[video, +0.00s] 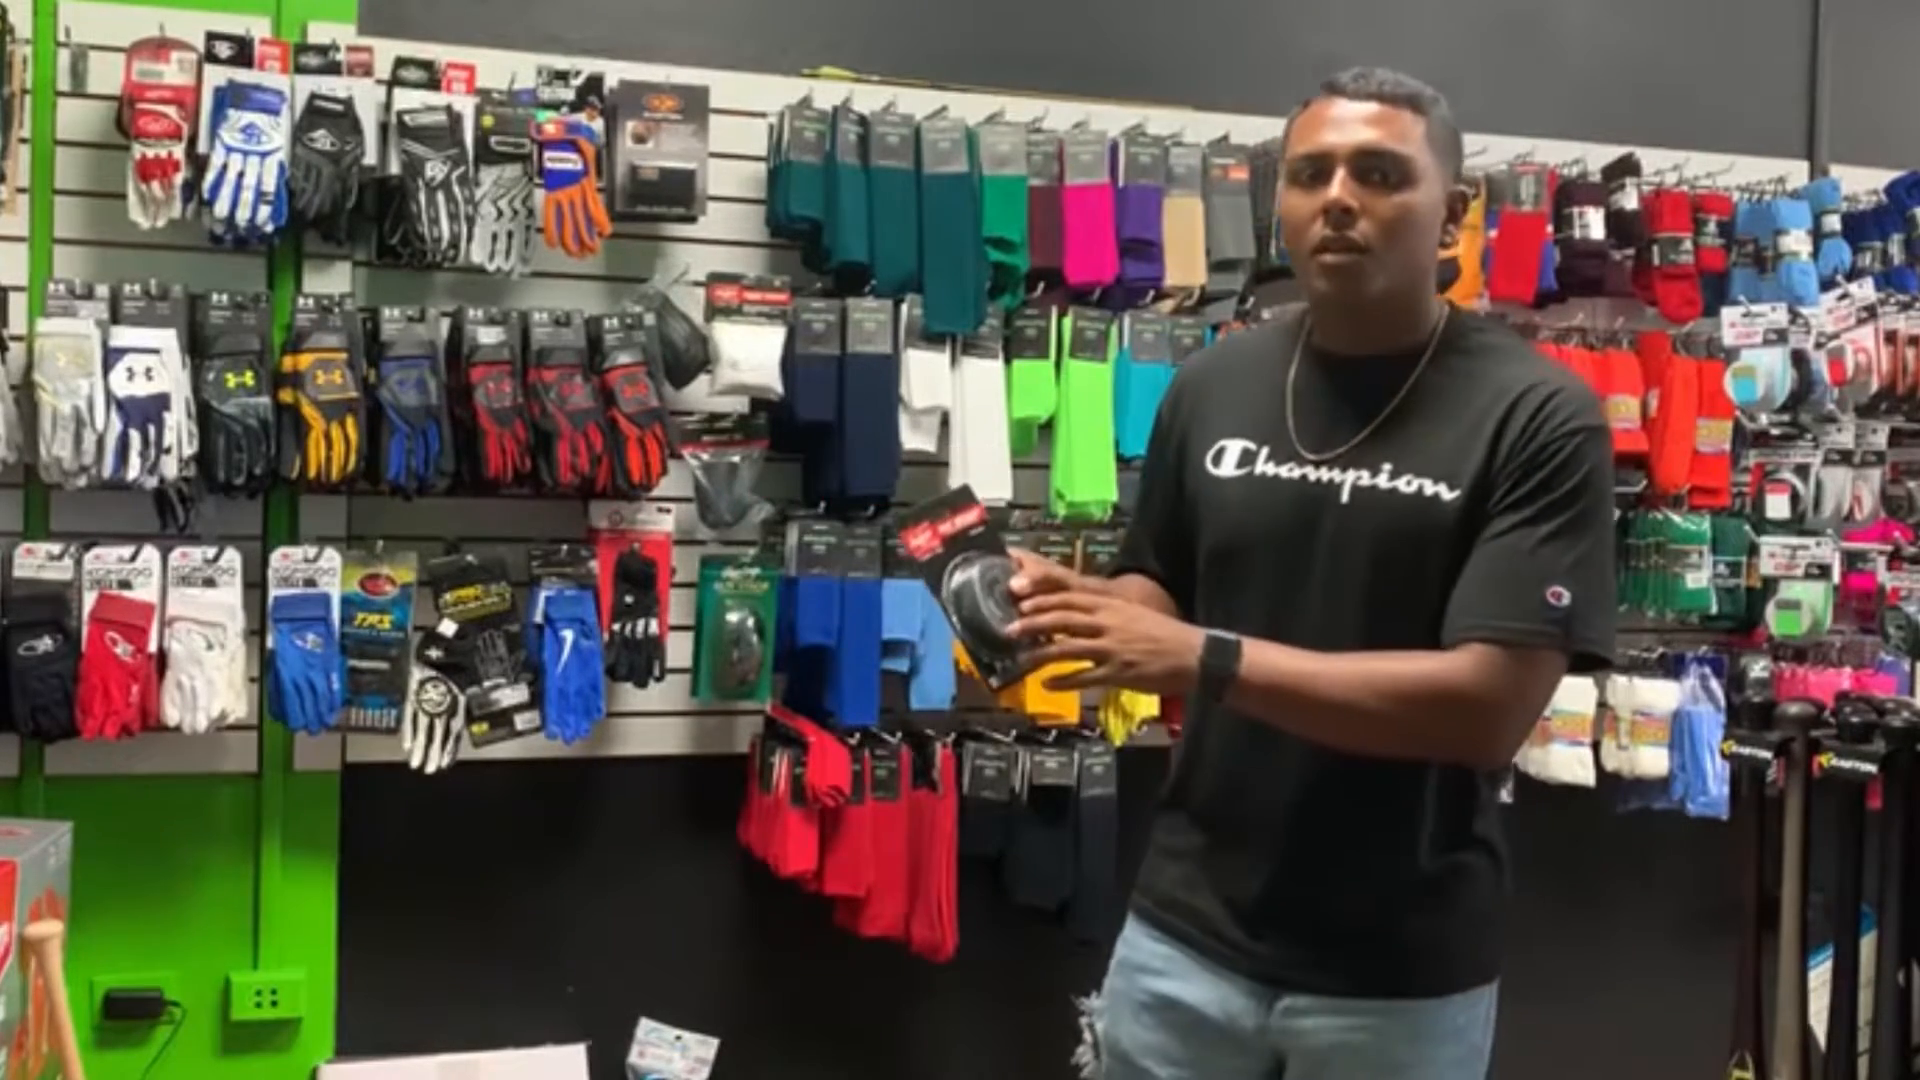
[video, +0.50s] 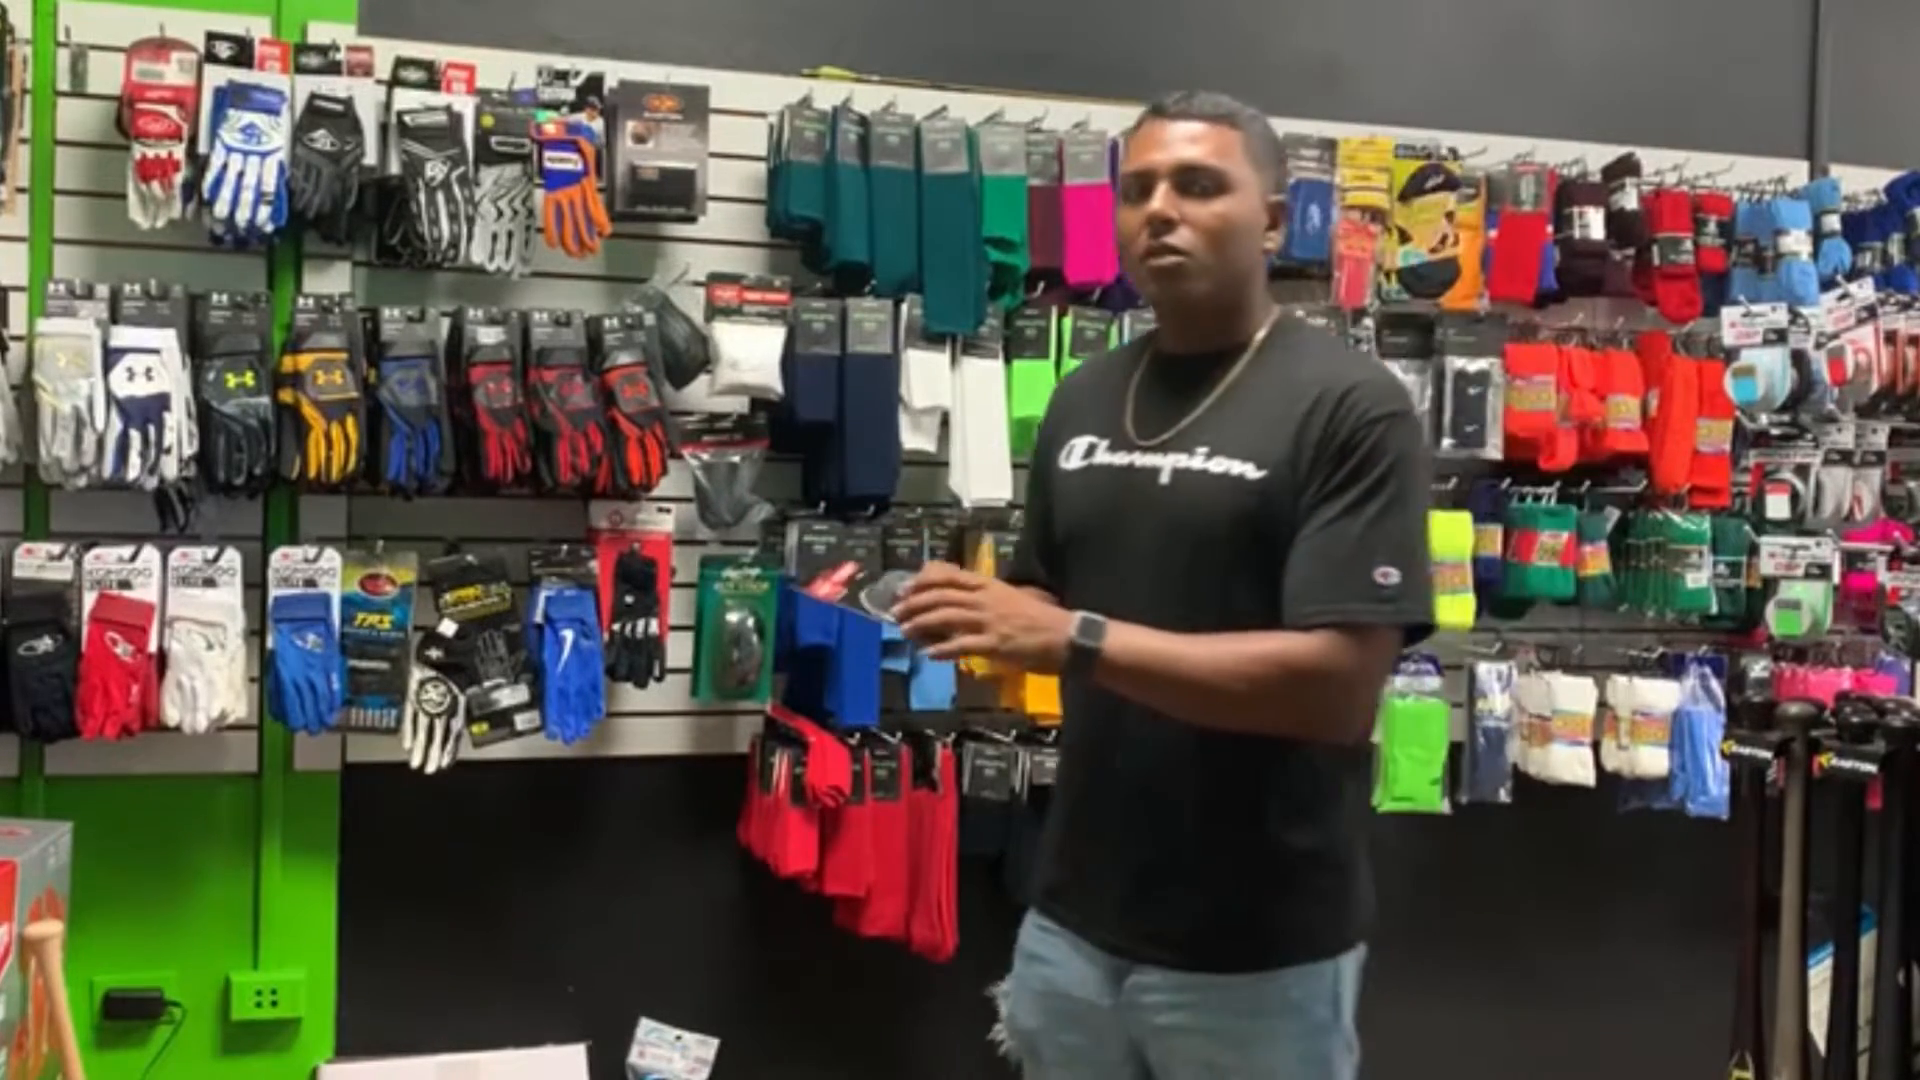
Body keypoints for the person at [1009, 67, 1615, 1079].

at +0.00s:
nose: (1337, 199)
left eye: (1380, 172)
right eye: (1310, 173)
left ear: (1451, 213)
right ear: (1277, 206)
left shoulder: (1539, 416)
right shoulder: (1211, 386)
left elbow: (1490, 710)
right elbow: (1156, 599)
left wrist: (1197, 655)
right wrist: (1074, 609)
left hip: (1404, 972)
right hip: (1188, 939)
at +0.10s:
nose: (1312, 200)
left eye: (1355, 172)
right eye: (1284, 174)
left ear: (1429, 209)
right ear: (1255, 209)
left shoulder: (1519, 413)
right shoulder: (1198, 386)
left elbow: (1480, 709)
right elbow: (1143, 605)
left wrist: (1190, 657)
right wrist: (1070, 614)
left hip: (1390, 963)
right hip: (1181, 934)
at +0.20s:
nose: (1286, 200)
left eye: (1327, 172)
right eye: (1258, 174)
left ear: (1399, 203)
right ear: (1233, 205)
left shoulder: (1490, 408)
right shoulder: (1176, 390)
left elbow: (1460, 704)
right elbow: (1132, 605)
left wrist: (1174, 656)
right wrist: (1056, 619)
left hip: (1370, 963)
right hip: (1164, 932)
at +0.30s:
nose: (1250, 202)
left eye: (1291, 175)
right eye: (1225, 178)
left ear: (1366, 209)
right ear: (1204, 208)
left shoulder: (1453, 400)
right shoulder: (1158, 381)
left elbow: (1431, 694)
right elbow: (1112, 604)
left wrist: (1150, 648)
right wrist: (1033, 624)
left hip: (1341, 954)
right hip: (1146, 924)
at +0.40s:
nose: (1209, 207)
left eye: (1248, 180)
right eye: (1185, 184)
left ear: (1324, 209)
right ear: (1165, 217)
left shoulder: (1405, 402)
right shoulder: (1123, 393)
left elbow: (1387, 691)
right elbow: (1084, 611)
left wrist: (1112, 641)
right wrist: (1006, 619)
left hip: (1304, 946)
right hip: (1118, 918)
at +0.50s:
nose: (1160, 209)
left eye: (1198, 184)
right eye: (1138, 188)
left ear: (1273, 214)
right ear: (1117, 219)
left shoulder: (1352, 405)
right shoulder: (1084, 398)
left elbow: (1342, 683)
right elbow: (1052, 615)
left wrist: (1070, 635)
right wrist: (977, 615)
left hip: (1258, 945)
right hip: (1076, 917)